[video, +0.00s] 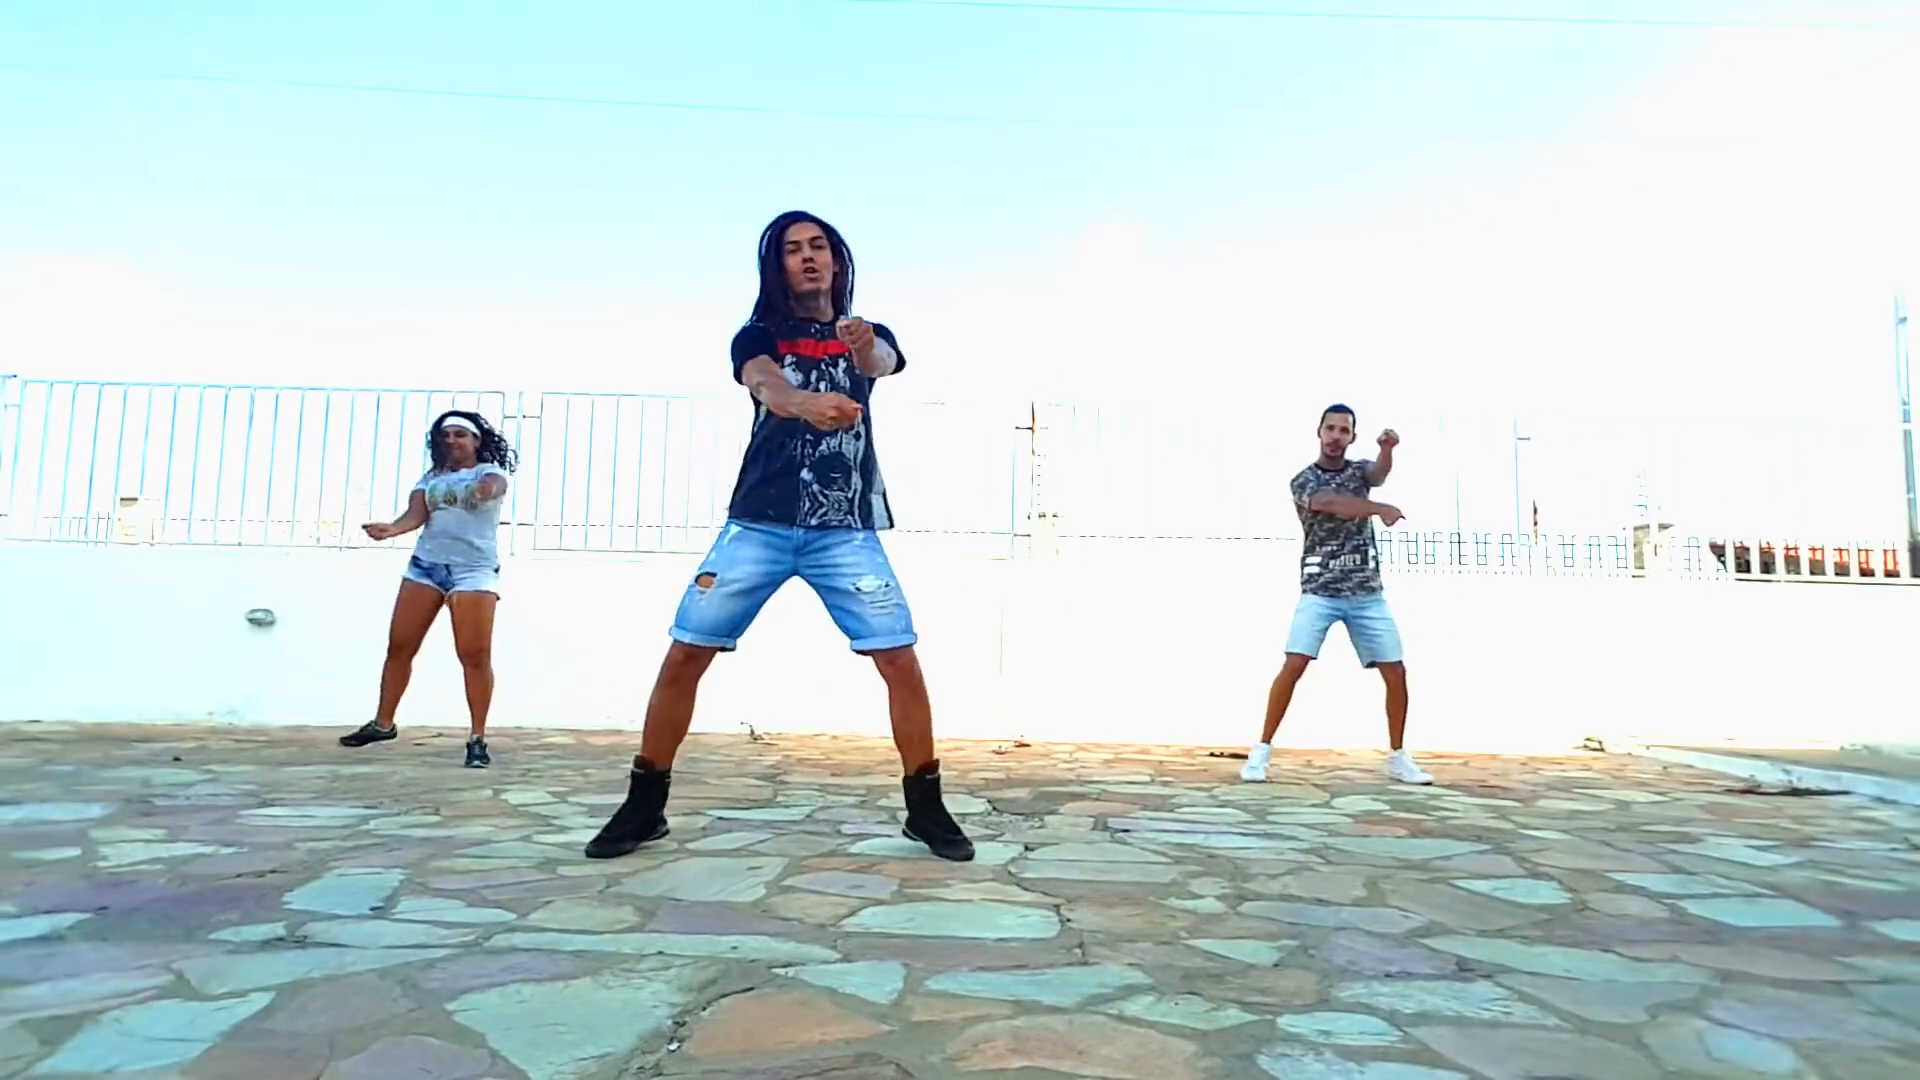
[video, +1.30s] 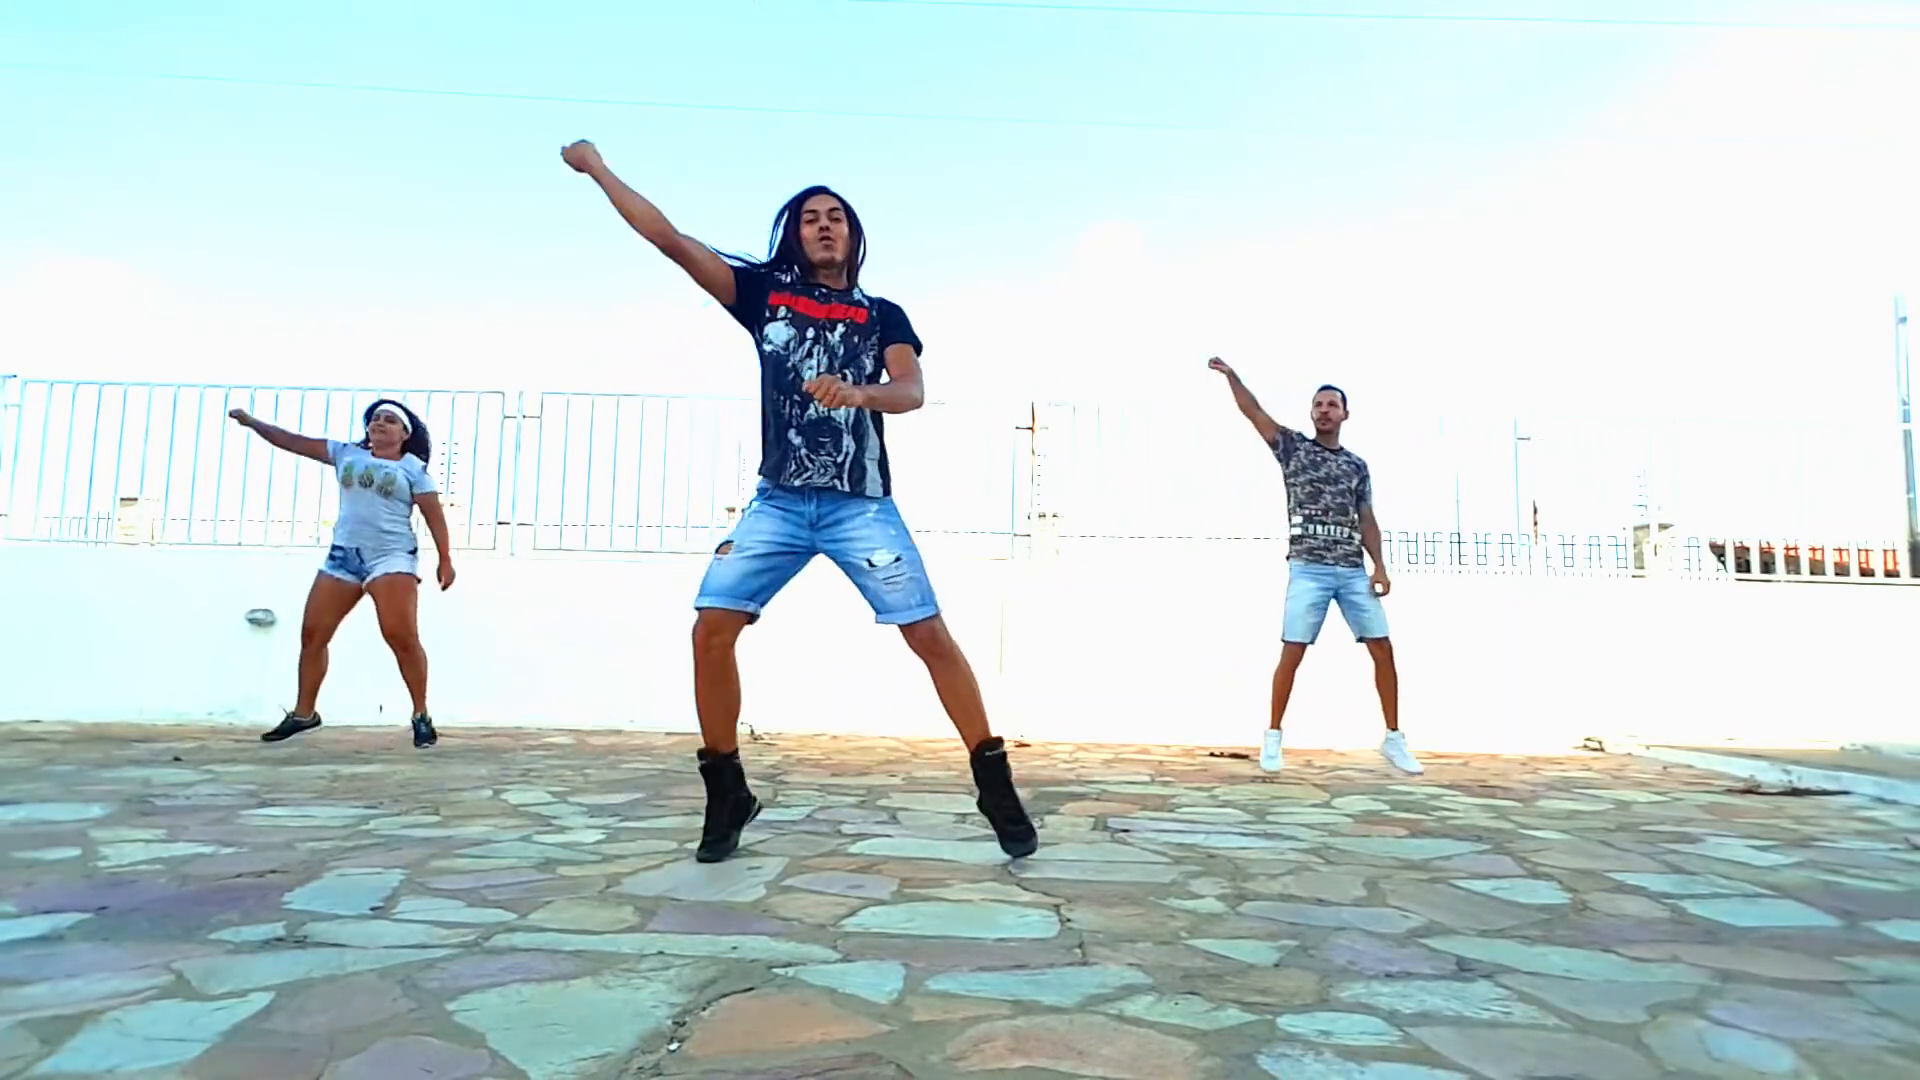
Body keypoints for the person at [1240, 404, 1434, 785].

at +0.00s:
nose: (1337, 436)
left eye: (1344, 431)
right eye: (1331, 429)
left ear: (1352, 438)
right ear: (1319, 433)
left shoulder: (1359, 472)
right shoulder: (1304, 480)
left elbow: (1378, 474)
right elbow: (1325, 504)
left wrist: (1385, 451)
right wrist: (1376, 508)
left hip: (1367, 593)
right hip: (1320, 593)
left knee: (1395, 671)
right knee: (1295, 664)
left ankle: (1398, 756)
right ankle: (1262, 749)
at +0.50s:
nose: (1272, 431)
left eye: (1280, 426)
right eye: (1267, 425)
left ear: (1292, 437)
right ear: (1259, 433)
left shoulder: (1300, 475)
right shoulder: (1245, 478)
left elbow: (1322, 482)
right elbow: (1263, 510)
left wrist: (1320, 454)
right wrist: (1325, 506)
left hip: (1301, 596)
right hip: (1255, 596)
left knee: (1332, 670)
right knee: (1235, 670)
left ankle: (1337, 754)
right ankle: (1214, 749)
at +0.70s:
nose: (1270, 417)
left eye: (1278, 412)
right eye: (1266, 411)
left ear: (1290, 423)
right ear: (1258, 420)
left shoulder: (1303, 464)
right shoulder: (1241, 469)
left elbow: (1335, 480)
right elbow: (1225, 516)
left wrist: (1358, 472)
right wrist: (1267, 528)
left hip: (1304, 582)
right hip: (1258, 584)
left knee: (1335, 655)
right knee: (1240, 659)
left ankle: (1344, 744)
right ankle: (1217, 744)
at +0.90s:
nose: (1285, 412)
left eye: (1294, 408)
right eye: (1281, 407)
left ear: (1308, 420)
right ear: (1274, 417)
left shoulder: (1322, 464)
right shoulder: (1256, 462)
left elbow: (1351, 508)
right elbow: (1209, 487)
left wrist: (1378, 537)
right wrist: (1213, 505)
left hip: (1315, 582)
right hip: (1268, 582)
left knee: (1350, 653)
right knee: (1255, 656)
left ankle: (1368, 743)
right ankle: (1237, 743)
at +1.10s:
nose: (1307, 434)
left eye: (1315, 430)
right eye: (1302, 430)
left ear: (1327, 443)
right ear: (1293, 441)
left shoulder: (1339, 494)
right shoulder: (1273, 486)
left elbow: (1348, 549)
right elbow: (1221, 494)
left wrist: (1368, 592)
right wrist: (1205, 454)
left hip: (1335, 604)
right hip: (1287, 604)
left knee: (1367, 675)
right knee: (1271, 676)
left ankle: (1370, 756)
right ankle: (1246, 752)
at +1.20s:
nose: (1316, 414)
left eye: (1323, 409)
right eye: (1310, 409)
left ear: (1336, 419)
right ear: (1302, 418)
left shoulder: (1348, 470)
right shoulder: (1282, 456)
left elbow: (1358, 525)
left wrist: (1370, 572)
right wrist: (1195, 401)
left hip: (1347, 576)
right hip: (1301, 575)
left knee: (1371, 655)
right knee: (1280, 656)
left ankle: (1380, 745)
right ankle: (1255, 742)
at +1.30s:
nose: (1325, 410)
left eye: (1332, 404)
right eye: (1319, 405)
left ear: (1345, 414)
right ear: (1311, 413)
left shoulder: (1356, 466)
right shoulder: (1292, 447)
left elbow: (1367, 521)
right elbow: (1253, 411)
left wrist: (1379, 566)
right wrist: (1231, 374)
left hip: (1352, 571)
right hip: (1308, 570)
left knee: (1382, 646)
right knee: (1293, 650)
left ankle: (1393, 737)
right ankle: (1273, 736)